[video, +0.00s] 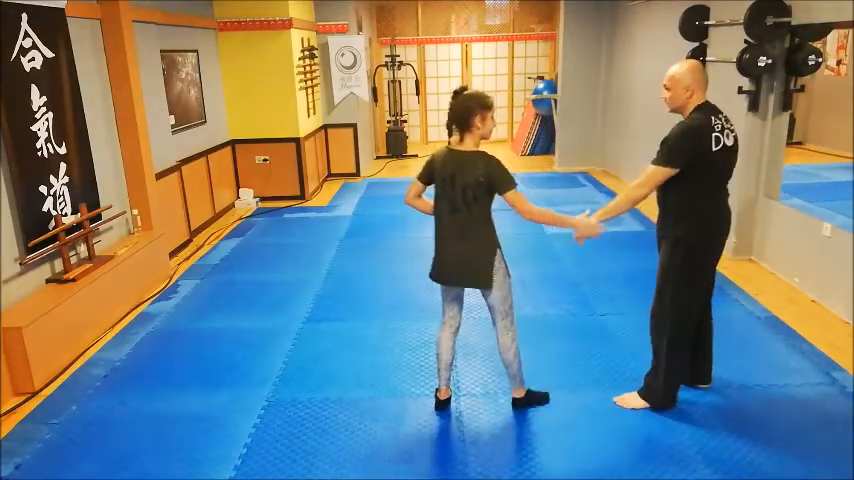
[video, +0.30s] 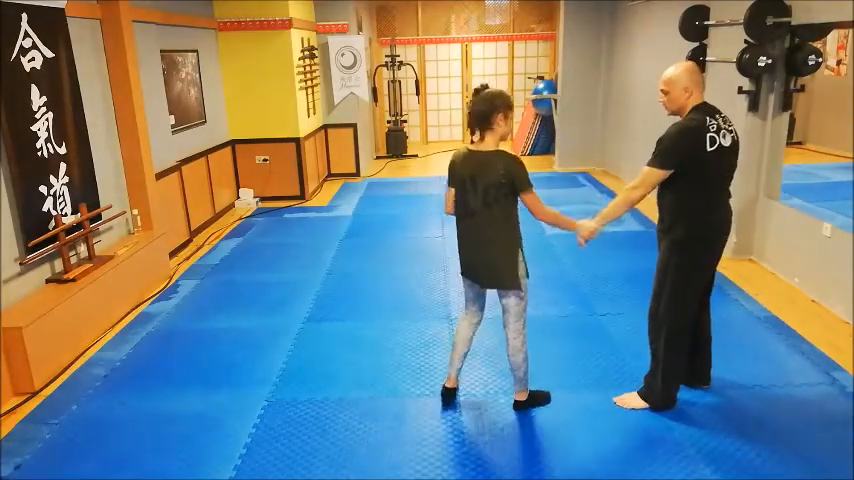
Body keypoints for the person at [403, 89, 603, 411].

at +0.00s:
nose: (494, 122)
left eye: (492, 116)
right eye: (489, 116)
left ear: (464, 121)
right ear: (475, 121)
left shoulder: (438, 159)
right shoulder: (489, 164)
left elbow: (411, 198)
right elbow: (527, 211)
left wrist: (443, 210)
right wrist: (575, 223)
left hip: (447, 255)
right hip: (485, 256)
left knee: (449, 320)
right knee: (504, 323)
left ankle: (442, 391)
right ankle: (519, 391)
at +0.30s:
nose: (512, 124)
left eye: (511, 118)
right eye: (510, 118)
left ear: (480, 120)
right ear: (498, 119)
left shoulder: (460, 159)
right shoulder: (510, 163)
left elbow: (450, 207)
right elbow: (540, 212)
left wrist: (482, 203)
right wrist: (577, 226)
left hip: (470, 254)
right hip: (505, 254)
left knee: (471, 314)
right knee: (514, 324)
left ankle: (450, 383)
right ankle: (522, 393)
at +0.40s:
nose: (513, 123)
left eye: (513, 118)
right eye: (511, 117)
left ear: (482, 120)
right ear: (500, 119)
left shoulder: (460, 158)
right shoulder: (511, 162)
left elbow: (455, 208)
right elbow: (539, 211)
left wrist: (495, 207)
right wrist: (575, 221)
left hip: (470, 252)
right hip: (505, 253)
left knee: (470, 313)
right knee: (513, 324)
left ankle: (451, 382)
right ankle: (521, 394)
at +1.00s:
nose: (504, 137)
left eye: (506, 131)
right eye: (503, 130)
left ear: (479, 124)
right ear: (488, 124)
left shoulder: (446, 156)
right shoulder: (490, 163)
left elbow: (427, 197)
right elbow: (541, 189)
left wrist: (458, 202)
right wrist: (579, 189)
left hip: (448, 250)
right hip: (478, 251)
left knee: (455, 315)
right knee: (504, 315)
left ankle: (450, 384)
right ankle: (517, 383)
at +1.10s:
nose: (509, 139)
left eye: (511, 134)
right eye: (508, 133)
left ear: (487, 126)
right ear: (492, 127)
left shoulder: (452, 154)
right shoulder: (490, 163)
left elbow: (434, 193)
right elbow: (541, 194)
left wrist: (466, 200)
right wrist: (587, 199)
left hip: (448, 248)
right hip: (479, 250)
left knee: (456, 312)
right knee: (507, 312)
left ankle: (451, 383)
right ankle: (517, 382)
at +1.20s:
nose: (516, 143)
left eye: (519, 138)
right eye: (516, 136)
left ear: (491, 128)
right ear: (499, 130)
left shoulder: (461, 155)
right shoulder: (492, 165)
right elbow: (535, 201)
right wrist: (580, 212)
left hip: (453, 247)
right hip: (481, 249)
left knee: (457, 314)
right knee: (510, 311)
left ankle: (451, 383)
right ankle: (517, 381)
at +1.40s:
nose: (531, 155)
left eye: (535, 151)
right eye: (529, 150)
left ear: (513, 137)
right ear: (513, 140)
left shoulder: (492, 154)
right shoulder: (504, 168)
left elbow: (503, 189)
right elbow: (528, 213)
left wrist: (521, 212)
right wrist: (566, 228)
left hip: (477, 243)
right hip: (490, 247)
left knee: (481, 306)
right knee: (523, 308)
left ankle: (454, 374)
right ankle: (520, 378)